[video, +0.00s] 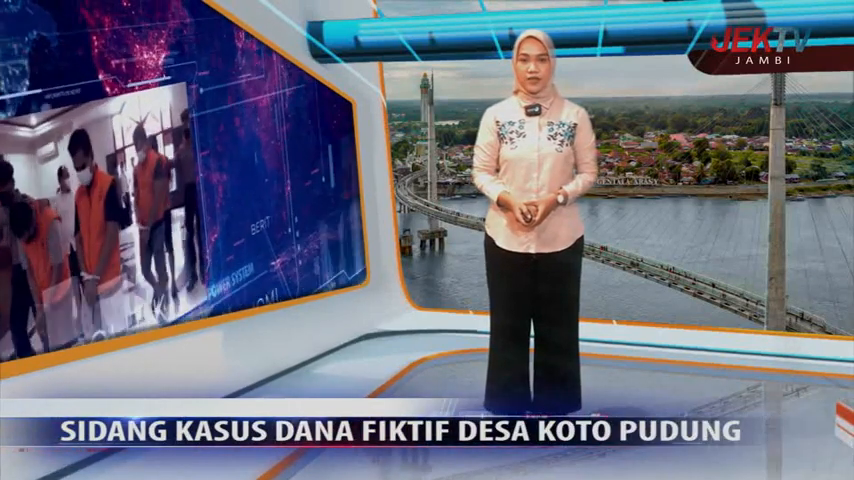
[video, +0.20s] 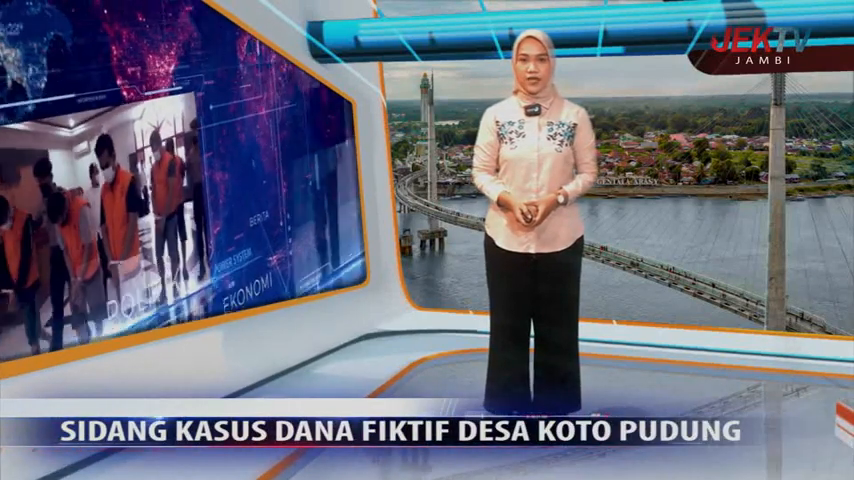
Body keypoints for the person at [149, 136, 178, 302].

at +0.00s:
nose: (138, 147)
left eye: (140, 143)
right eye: (136, 143)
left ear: (147, 142)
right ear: (136, 144)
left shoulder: (159, 161)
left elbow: (160, 193)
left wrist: (151, 219)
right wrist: (138, 216)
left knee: (159, 262)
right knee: (145, 267)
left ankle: (166, 291)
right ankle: (157, 289)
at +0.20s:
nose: (154, 150)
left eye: (156, 146)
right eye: (152, 147)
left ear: (161, 144)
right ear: (150, 148)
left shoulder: (173, 162)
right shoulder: (154, 167)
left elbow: (174, 189)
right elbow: (154, 189)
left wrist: (168, 211)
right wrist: (155, 210)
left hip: (172, 212)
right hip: (159, 213)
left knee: (173, 250)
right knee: (158, 252)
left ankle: (176, 285)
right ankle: (163, 286)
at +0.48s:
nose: (167, 154)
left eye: (168, 150)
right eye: (165, 151)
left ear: (172, 149)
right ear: (164, 152)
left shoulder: (181, 164)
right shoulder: (166, 168)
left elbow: (184, 185)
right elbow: (165, 187)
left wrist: (181, 203)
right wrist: (167, 203)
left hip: (182, 205)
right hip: (171, 206)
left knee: (183, 237)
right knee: (171, 239)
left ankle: (187, 264)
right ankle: (171, 270)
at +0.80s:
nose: (175, 149)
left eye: (177, 147)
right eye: (174, 147)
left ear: (180, 148)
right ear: (173, 148)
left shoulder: (186, 161)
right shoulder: (173, 162)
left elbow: (189, 177)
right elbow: (172, 179)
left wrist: (189, 189)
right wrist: (174, 190)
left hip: (186, 195)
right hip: (177, 196)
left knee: (186, 223)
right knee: (180, 223)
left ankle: (191, 247)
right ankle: (184, 249)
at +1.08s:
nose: (184, 158)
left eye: (185, 155)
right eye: (182, 156)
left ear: (189, 155)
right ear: (181, 157)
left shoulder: (193, 166)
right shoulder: (183, 168)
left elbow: (195, 181)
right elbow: (183, 183)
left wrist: (193, 196)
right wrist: (185, 197)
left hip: (194, 196)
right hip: (187, 197)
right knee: (189, 221)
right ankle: (192, 240)